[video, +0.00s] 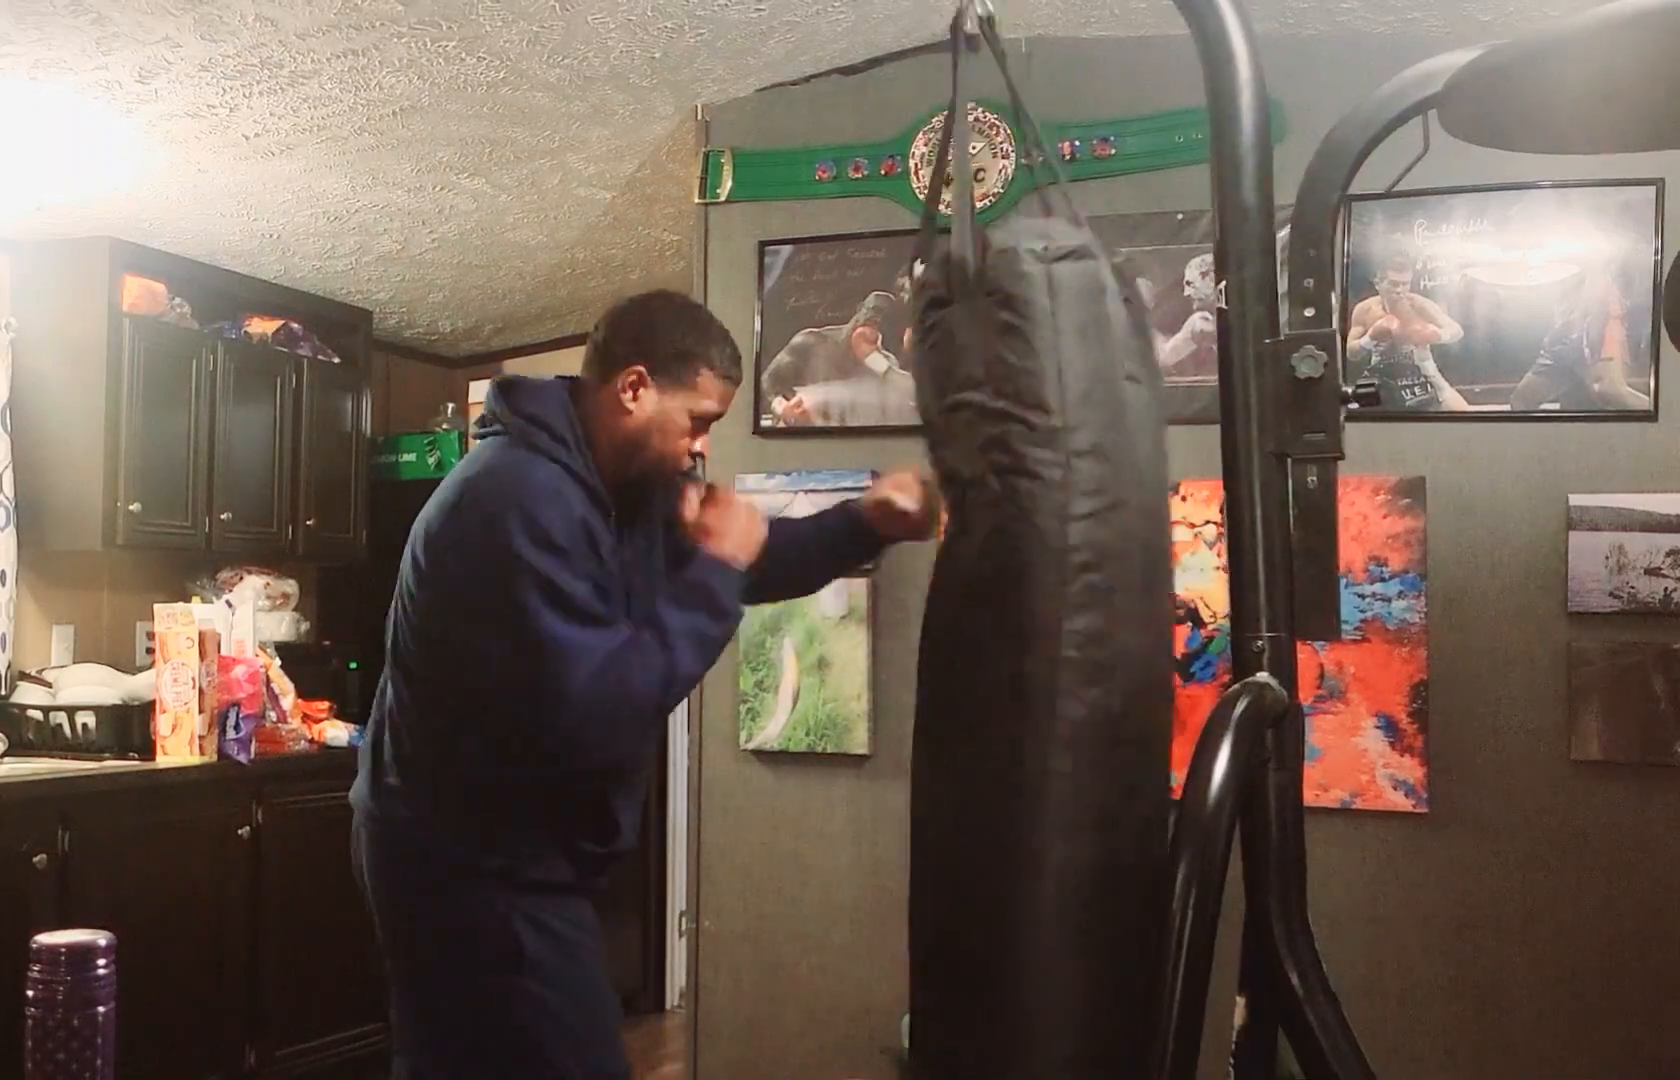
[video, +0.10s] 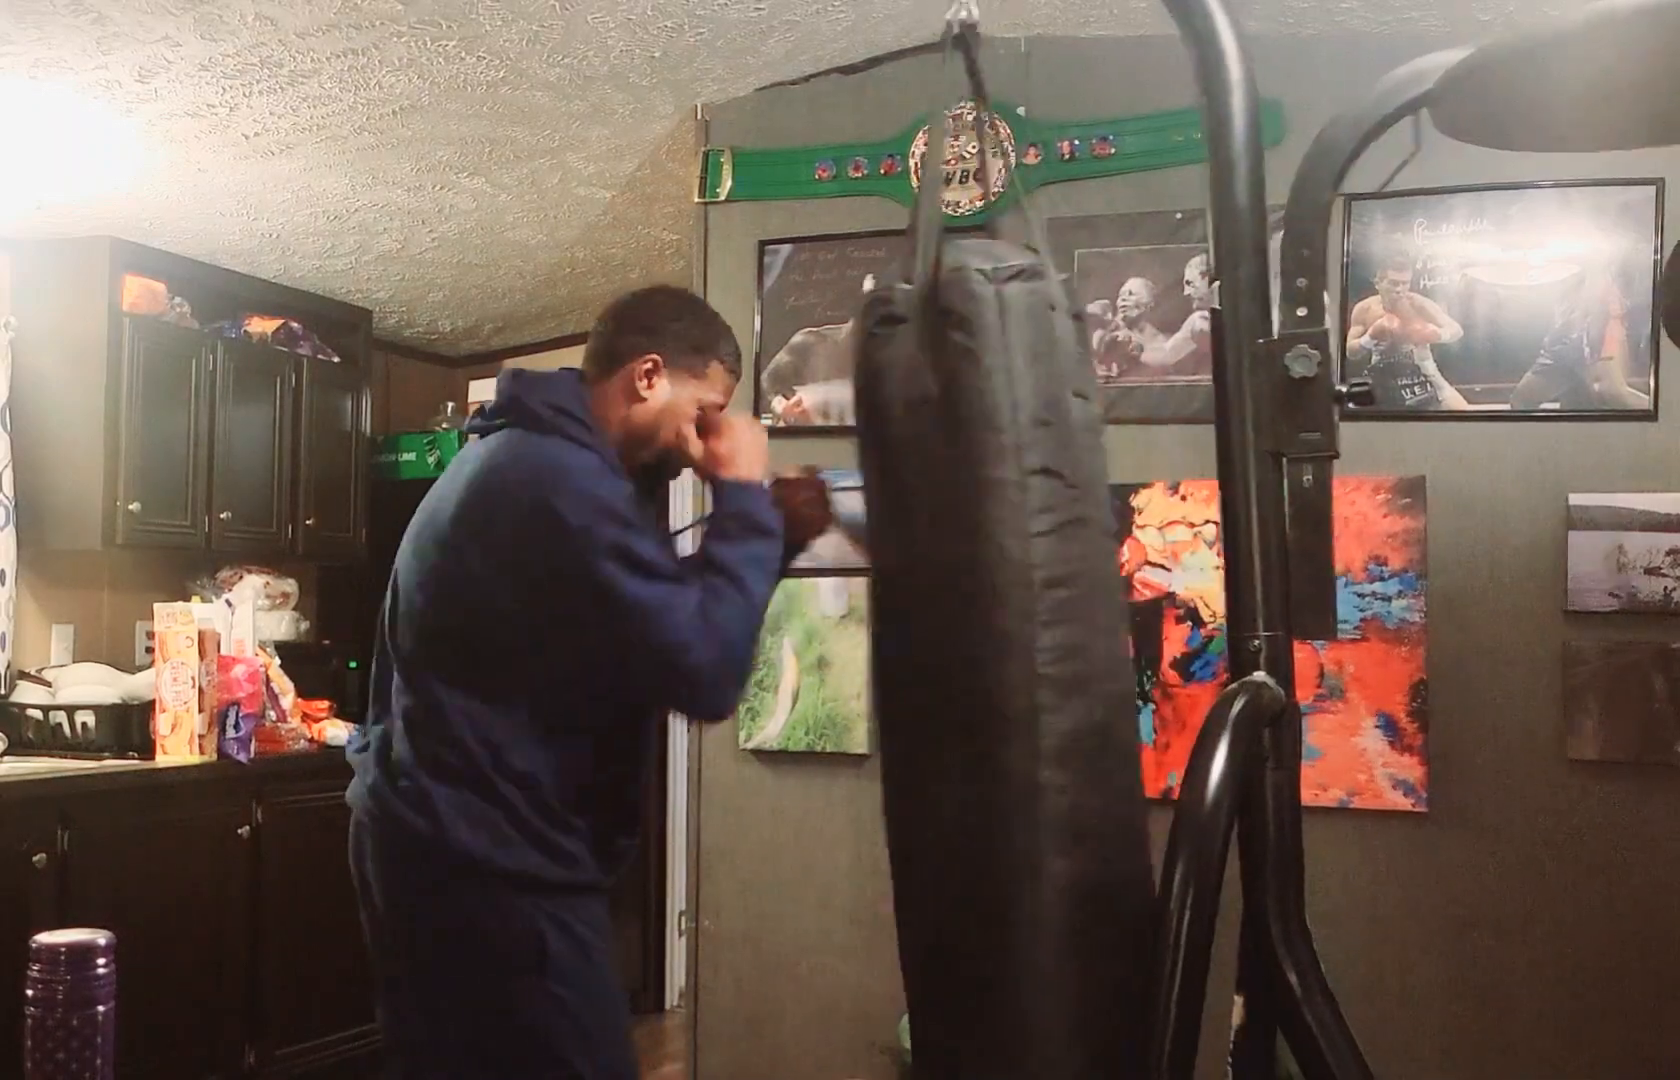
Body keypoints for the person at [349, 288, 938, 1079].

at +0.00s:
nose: (701, 452)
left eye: (710, 431)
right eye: (697, 424)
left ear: (633, 394)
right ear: (632, 391)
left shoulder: (604, 487)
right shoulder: (516, 500)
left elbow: (729, 567)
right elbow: (590, 708)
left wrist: (866, 524)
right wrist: (713, 572)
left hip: (532, 858)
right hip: (480, 870)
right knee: (568, 1063)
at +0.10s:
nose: (703, 440)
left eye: (715, 420)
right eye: (704, 413)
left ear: (640, 376)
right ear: (647, 379)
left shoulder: (508, 458)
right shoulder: (558, 482)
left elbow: (640, 617)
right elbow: (705, 673)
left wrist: (765, 539)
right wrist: (745, 496)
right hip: (499, 867)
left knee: (456, 1063)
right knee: (577, 1062)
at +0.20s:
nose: (704, 441)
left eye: (714, 417)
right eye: (707, 410)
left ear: (622, 372)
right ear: (663, 377)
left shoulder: (491, 442)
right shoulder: (608, 472)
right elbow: (783, 625)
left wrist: (716, 506)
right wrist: (761, 446)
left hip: (403, 828)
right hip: (511, 857)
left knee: (423, 1061)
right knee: (572, 1061)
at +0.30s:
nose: (692, 439)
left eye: (703, 421)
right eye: (700, 416)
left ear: (610, 373)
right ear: (659, 385)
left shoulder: (464, 436)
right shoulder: (641, 467)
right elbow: (817, 592)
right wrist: (769, 429)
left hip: (379, 819)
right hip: (518, 842)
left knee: (407, 1058)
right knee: (567, 1062)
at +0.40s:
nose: (681, 460)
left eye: (692, 445)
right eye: (686, 439)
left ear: (603, 387)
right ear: (643, 397)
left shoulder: (445, 444)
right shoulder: (630, 468)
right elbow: (801, 604)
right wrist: (770, 445)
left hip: (368, 831)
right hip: (519, 850)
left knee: (387, 1063)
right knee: (560, 1062)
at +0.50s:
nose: (663, 476)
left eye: (673, 461)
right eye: (669, 455)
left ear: (581, 403)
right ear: (628, 414)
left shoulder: (431, 461)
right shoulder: (609, 481)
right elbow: (796, 605)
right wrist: (748, 455)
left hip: (351, 839)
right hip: (499, 857)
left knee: (385, 1064)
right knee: (559, 1061)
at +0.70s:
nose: (653, 478)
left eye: (663, 458)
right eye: (652, 450)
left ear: (582, 406)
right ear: (596, 409)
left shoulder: (442, 470)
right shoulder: (557, 476)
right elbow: (714, 649)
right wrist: (718, 481)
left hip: (357, 849)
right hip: (478, 864)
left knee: (393, 1063)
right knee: (572, 1062)